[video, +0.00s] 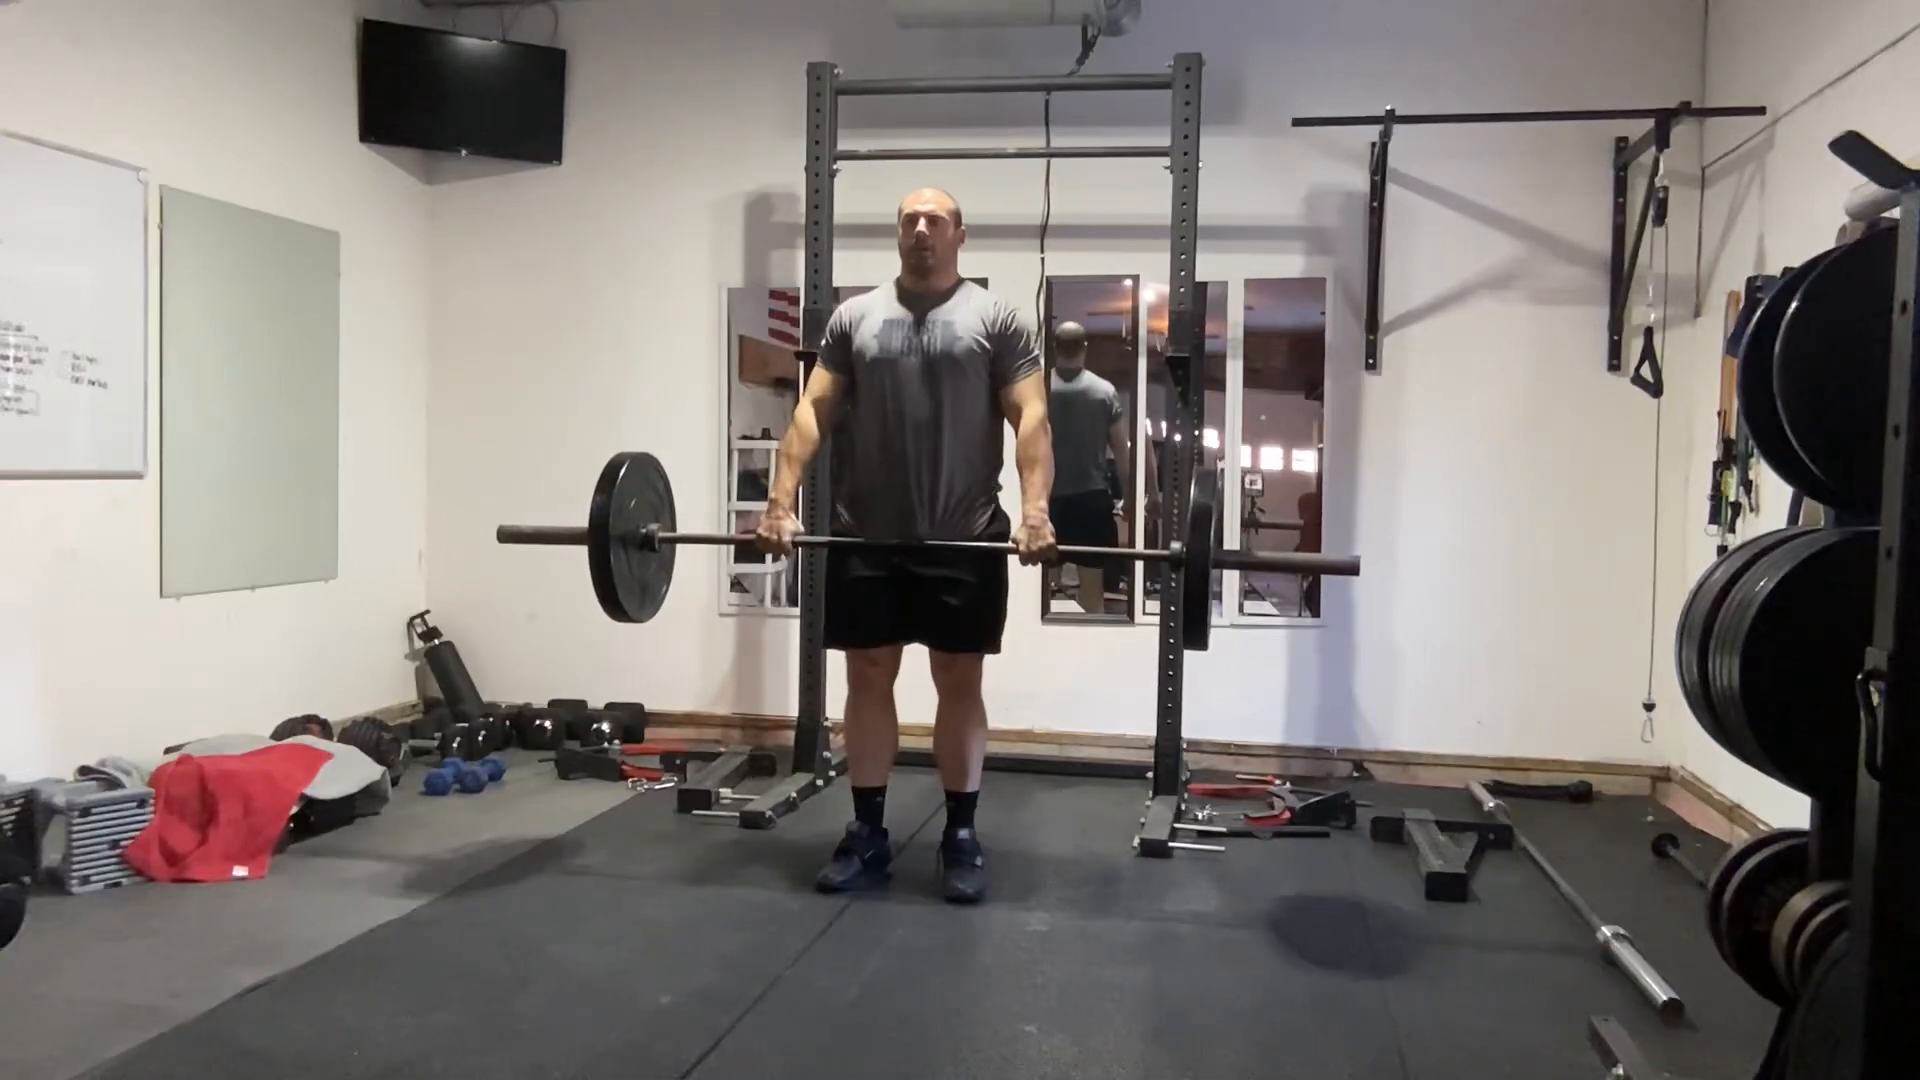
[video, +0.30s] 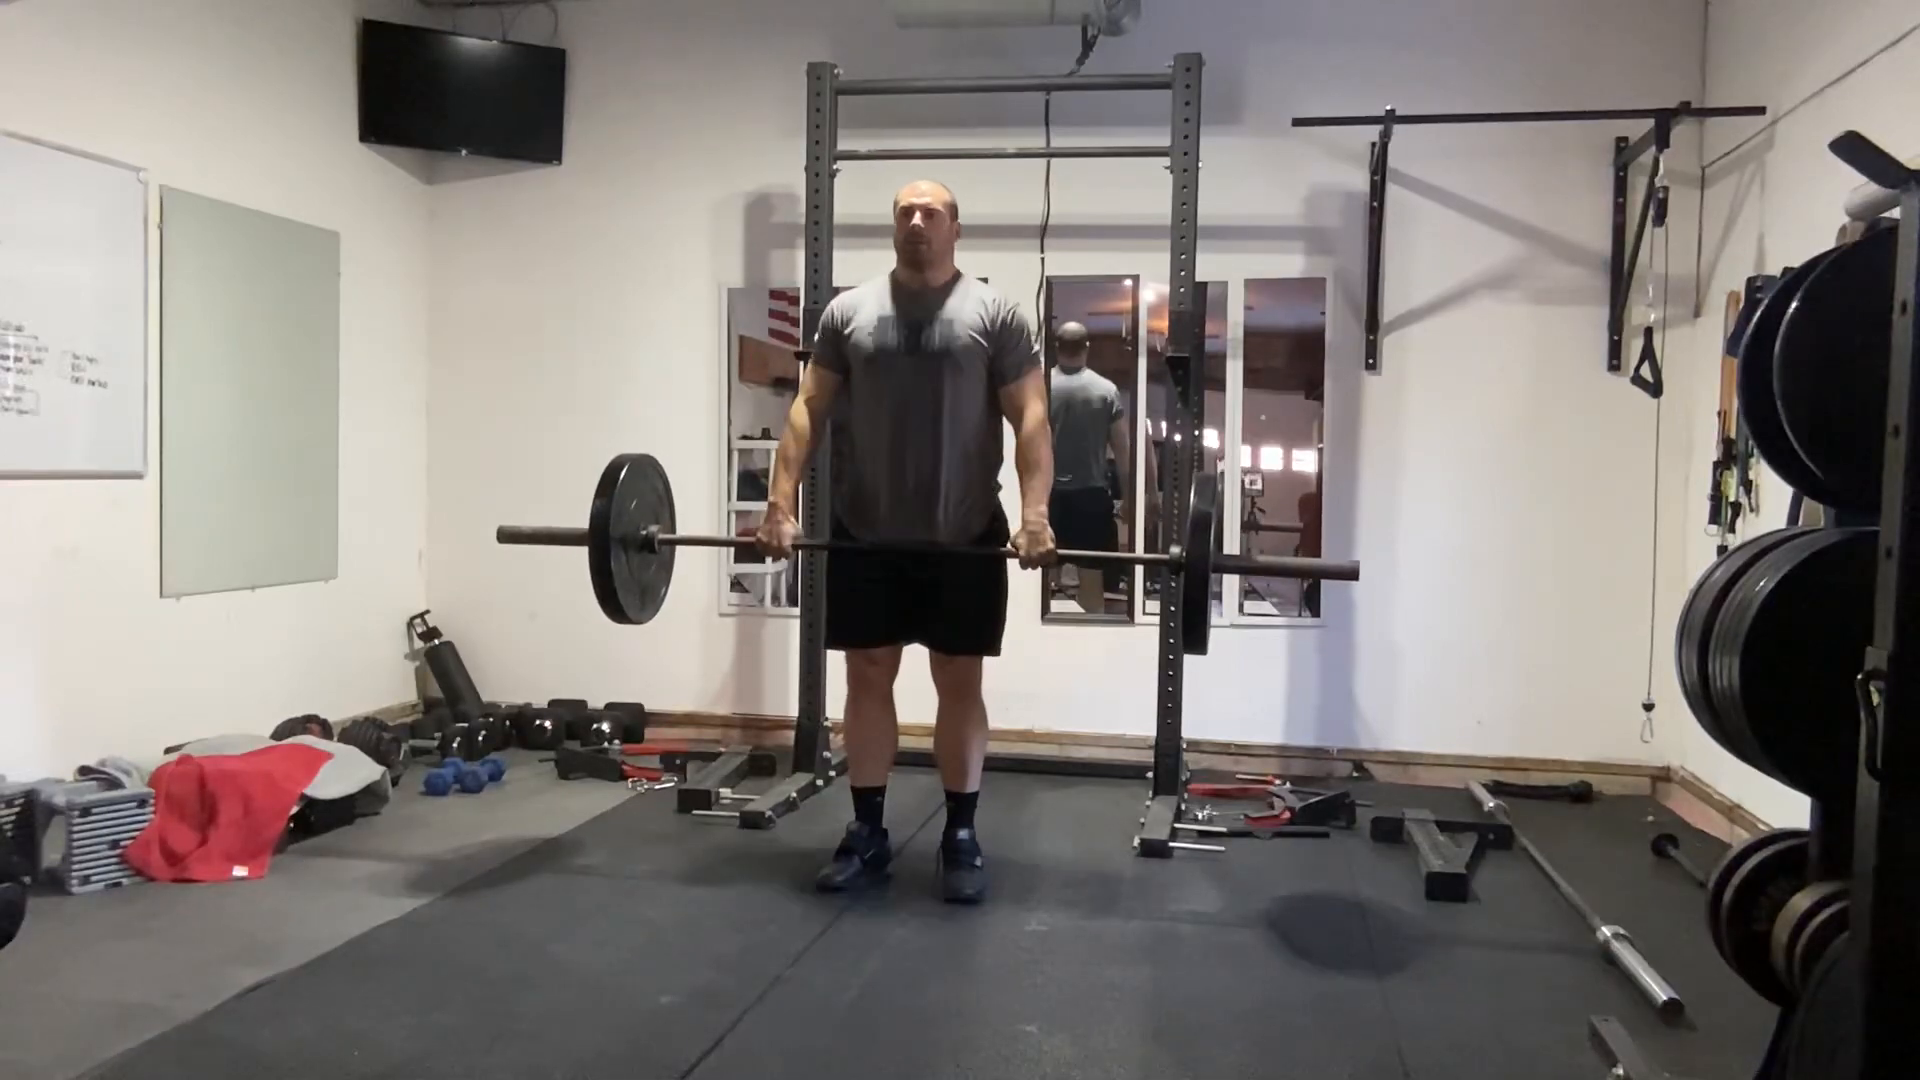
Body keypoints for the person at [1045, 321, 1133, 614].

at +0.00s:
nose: (1070, 351)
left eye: (1066, 346)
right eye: (1073, 345)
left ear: (1055, 348)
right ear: (1085, 348)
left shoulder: (1037, 389)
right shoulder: (1103, 390)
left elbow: (1029, 446)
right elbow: (1121, 450)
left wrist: (1031, 498)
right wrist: (1129, 498)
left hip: (1048, 497)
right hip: (1091, 498)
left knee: (1041, 581)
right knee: (1091, 584)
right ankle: (1093, 648)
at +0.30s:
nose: (1070, 352)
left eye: (1065, 346)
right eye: (1076, 346)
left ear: (1057, 347)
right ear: (1086, 347)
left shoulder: (1041, 387)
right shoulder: (1105, 389)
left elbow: (1033, 444)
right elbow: (1121, 448)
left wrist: (1032, 495)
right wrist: (1127, 497)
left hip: (1051, 493)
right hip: (1093, 495)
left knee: (1044, 572)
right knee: (1091, 574)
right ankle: (1093, 638)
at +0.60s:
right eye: (1088, 378)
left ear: (1060, 379)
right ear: (1088, 379)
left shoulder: (1042, 410)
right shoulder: (1106, 415)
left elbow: (1031, 460)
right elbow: (1120, 476)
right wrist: (1126, 529)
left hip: (1050, 498)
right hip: (1091, 499)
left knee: (1038, 568)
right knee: (1100, 572)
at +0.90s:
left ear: (1060, 396)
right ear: (1088, 396)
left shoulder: (1043, 425)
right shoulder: (1104, 430)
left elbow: (1030, 471)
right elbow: (1121, 489)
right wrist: (1126, 543)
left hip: (1049, 500)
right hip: (1091, 501)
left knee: (1034, 566)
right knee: (1102, 571)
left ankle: (1032, 636)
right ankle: (1097, 640)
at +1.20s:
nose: (1068, 347)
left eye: (1063, 341)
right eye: (1072, 340)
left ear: (1053, 341)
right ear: (1083, 341)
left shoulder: (1044, 378)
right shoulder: (1102, 375)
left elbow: (1030, 426)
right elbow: (1129, 421)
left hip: (1050, 483)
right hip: (1090, 481)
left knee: (1044, 569)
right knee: (1091, 568)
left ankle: (1034, 639)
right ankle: (1098, 636)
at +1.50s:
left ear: (1054, 350)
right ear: (1084, 351)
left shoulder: (1039, 390)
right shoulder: (1099, 394)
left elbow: (1031, 442)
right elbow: (1122, 444)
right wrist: (1128, 401)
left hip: (1046, 493)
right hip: (1088, 492)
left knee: (1043, 575)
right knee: (1089, 577)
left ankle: (1036, 642)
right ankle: (1097, 641)